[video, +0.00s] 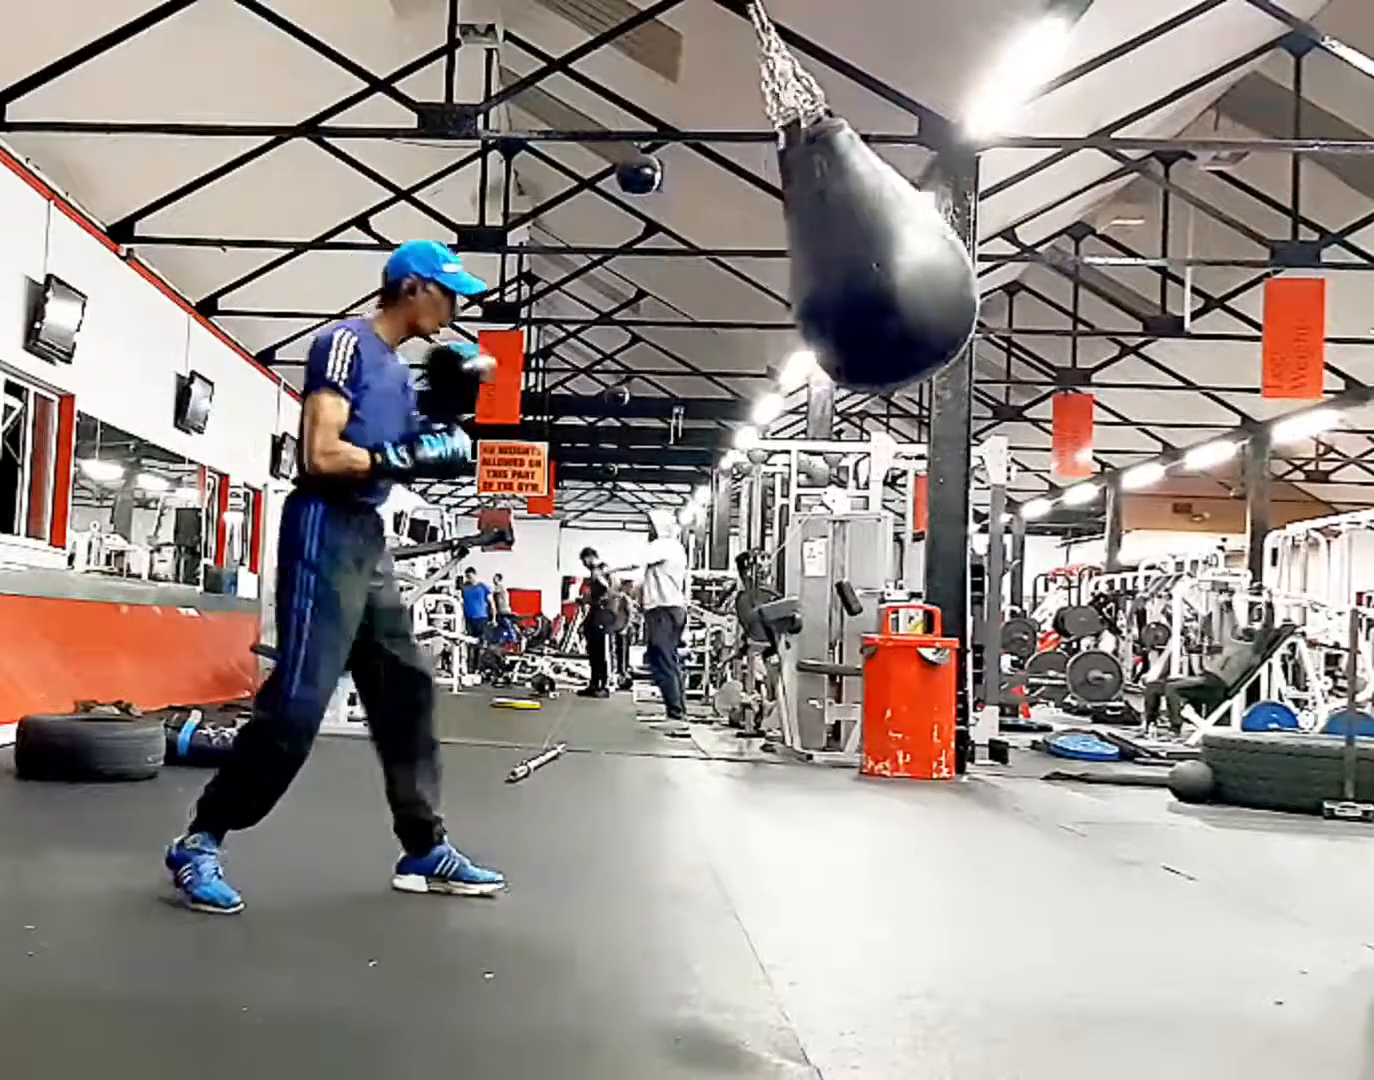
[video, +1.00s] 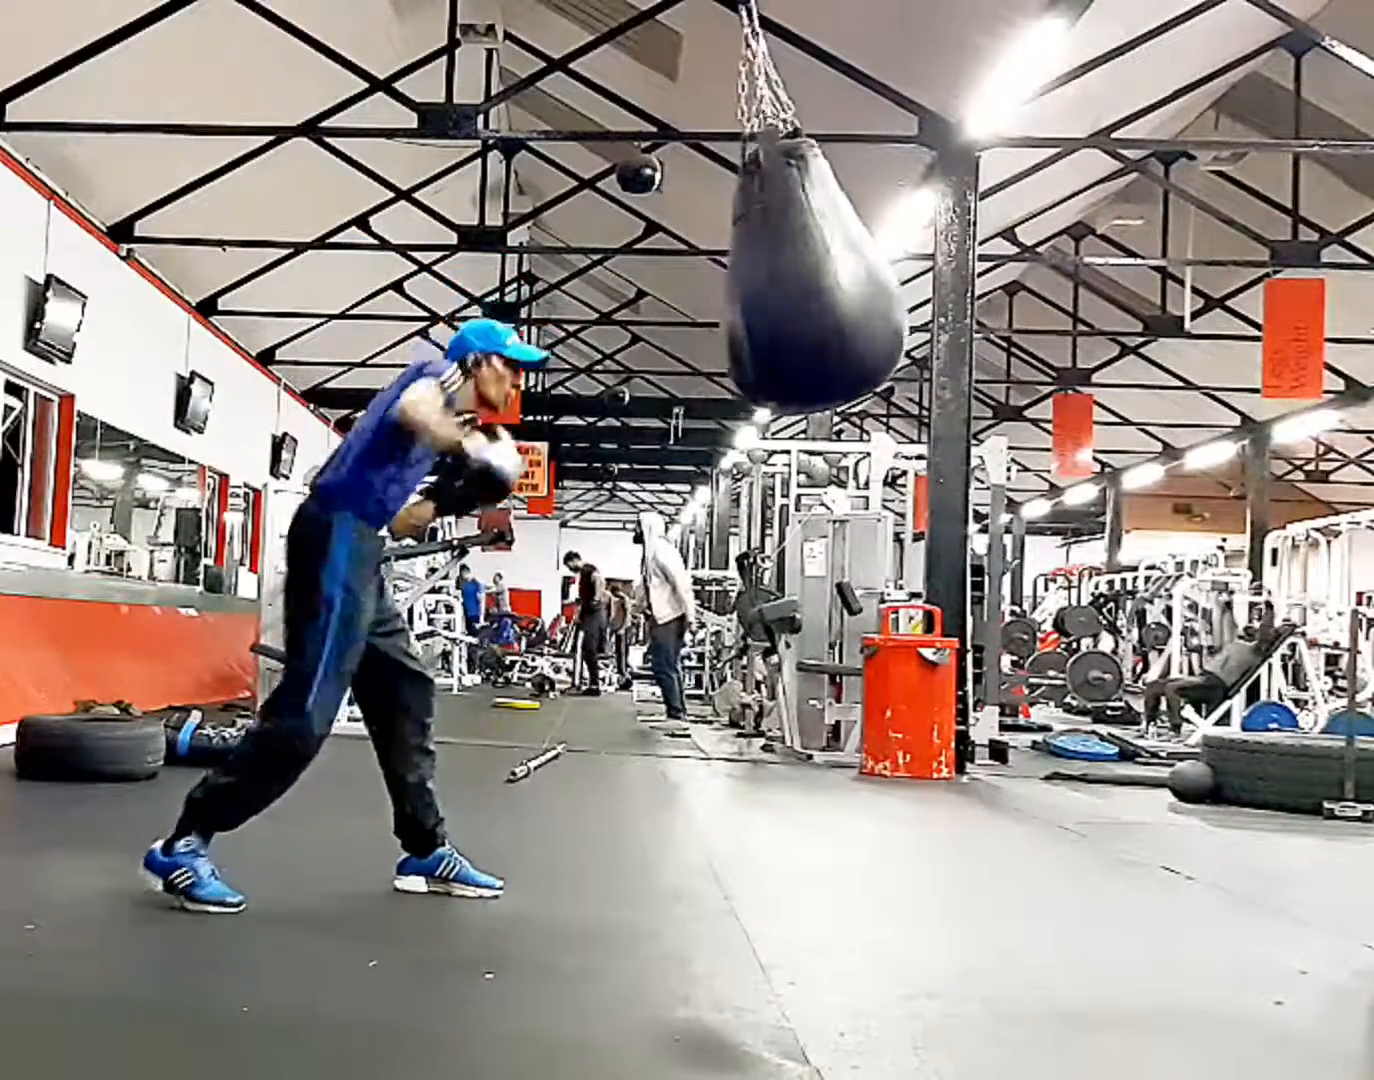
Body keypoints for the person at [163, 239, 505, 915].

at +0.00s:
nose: (454, 311)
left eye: (456, 300)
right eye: (449, 297)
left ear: (419, 292)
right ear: (414, 288)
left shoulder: (394, 366)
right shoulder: (344, 342)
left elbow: (400, 447)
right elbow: (321, 454)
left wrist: (446, 405)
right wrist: (405, 458)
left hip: (365, 533)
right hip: (323, 528)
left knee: (405, 689)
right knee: (296, 703)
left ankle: (424, 849)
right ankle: (198, 844)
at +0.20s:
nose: (504, 326)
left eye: (507, 317)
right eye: (497, 312)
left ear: (470, 311)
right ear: (461, 305)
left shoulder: (444, 370)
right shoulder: (423, 346)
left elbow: (432, 477)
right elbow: (397, 388)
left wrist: (499, 454)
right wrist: (472, 373)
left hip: (398, 531)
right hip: (379, 526)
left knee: (425, 688)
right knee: (332, 694)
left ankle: (425, 848)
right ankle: (207, 832)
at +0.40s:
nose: (522, 318)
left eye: (523, 308)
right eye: (515, 304)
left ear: (483, 304)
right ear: (484, 299)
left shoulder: (464, 354)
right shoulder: (455, 336)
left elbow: (471, 440)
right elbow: (538, 377)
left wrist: (525, 394)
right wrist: (599, 368)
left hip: (436, 533)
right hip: (406, 526)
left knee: (458, 695)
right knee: (353, 684)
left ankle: (427, 851)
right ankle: (227, 821)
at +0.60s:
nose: (524, 335)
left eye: (528, 325)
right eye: (521, 320)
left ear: (492, 312)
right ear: (489, 306)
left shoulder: (477, 381)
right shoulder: (440, 342)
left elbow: (522, 443)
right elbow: (382, 369)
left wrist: (571, 415)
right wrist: (465, 360)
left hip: (442, 535)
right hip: (417, 528)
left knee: (464, 694)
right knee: (375, 697)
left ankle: (431, 851)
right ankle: (240, 821)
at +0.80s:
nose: (512, 349)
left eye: (514, 336)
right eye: (507, 333)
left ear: (471, 321)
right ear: (480, 323)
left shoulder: (445, 395)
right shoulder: (447, 346)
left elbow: (435, 502)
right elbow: (535, 320)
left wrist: (488, 464)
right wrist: (596, 345)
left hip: (399, 527)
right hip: (381, 517)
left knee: (411, 690)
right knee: (336, 689)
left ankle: (422, 850)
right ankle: (207, 828)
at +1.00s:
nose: (516, 387)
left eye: (520, 376)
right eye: (511, 372)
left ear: (479, 369)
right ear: (479, 362)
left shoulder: (440, 417)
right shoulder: (435, 372)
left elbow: (400, 521)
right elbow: (415, 410)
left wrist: (460, 497)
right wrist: (472, 445)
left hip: (361, 545)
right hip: (335, 534)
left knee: (403, 691)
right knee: (303, 717)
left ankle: (425, 850)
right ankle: (183, 846)